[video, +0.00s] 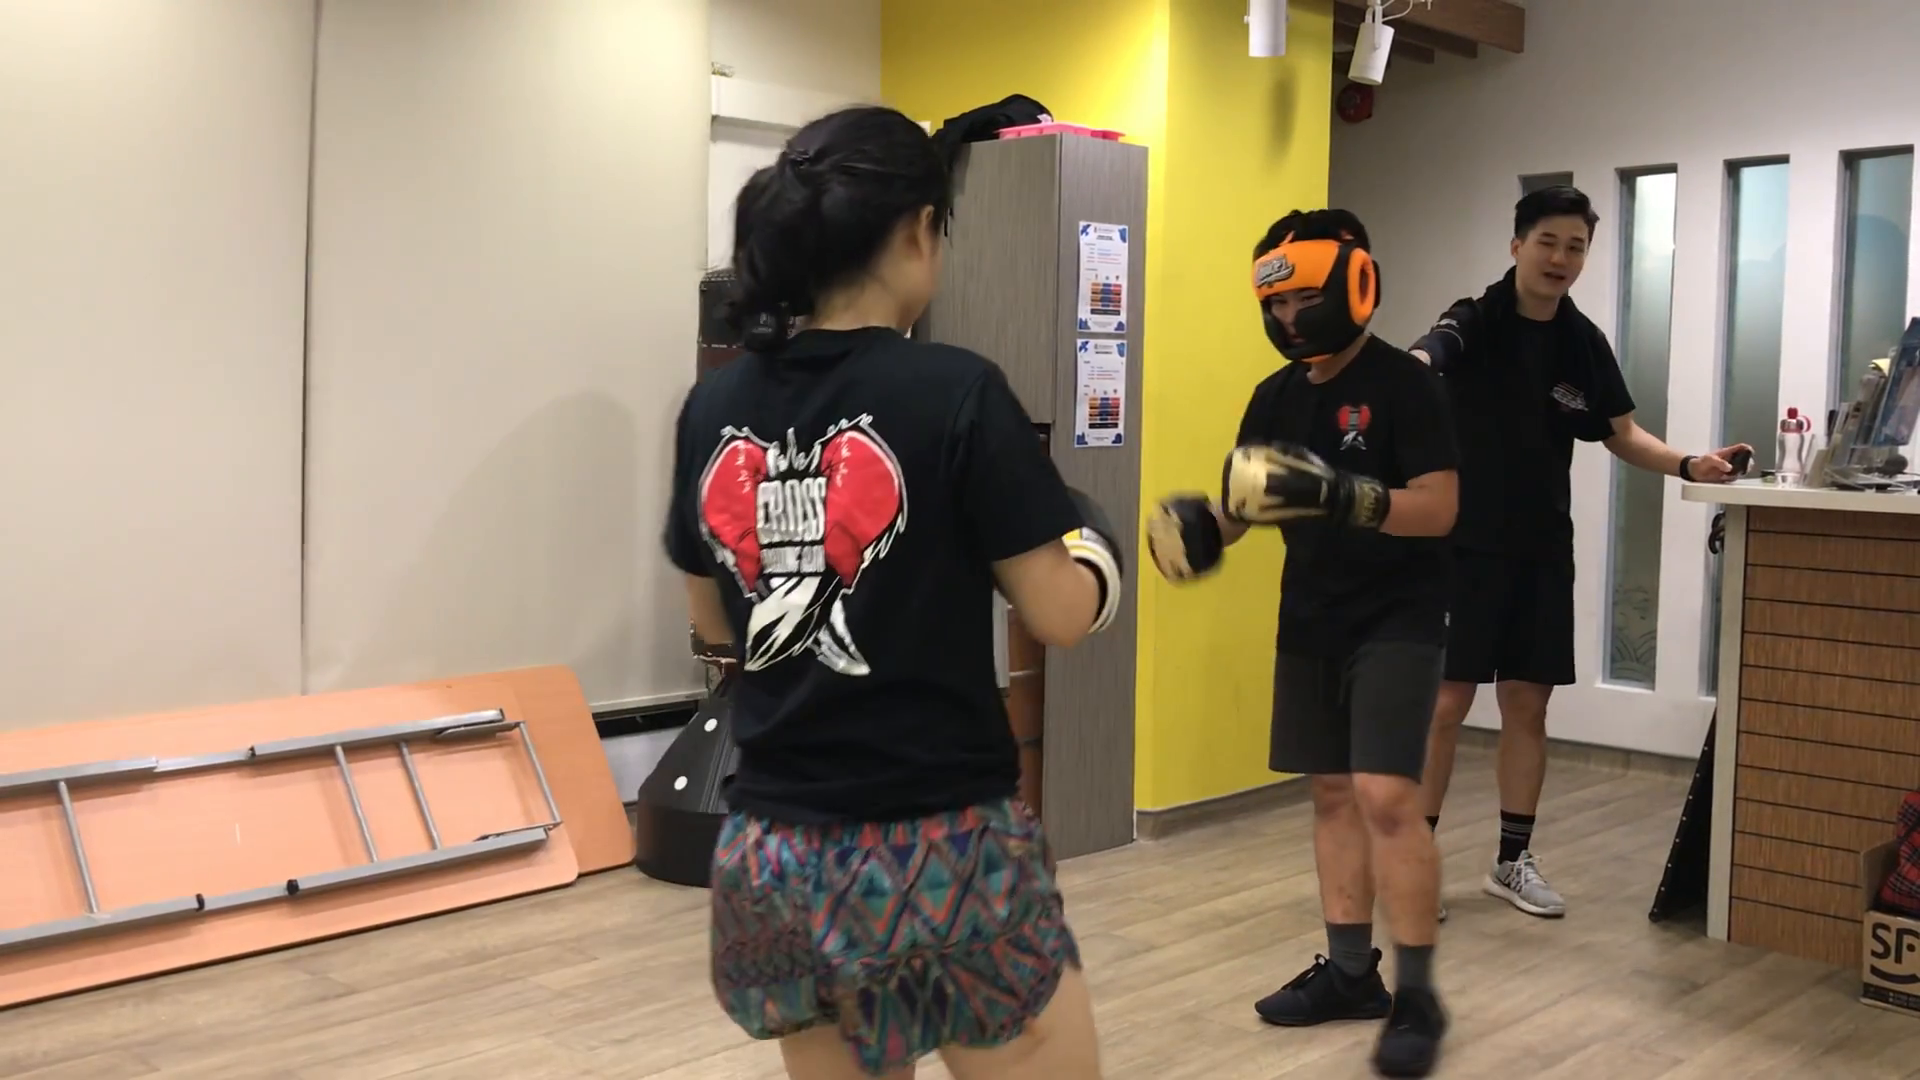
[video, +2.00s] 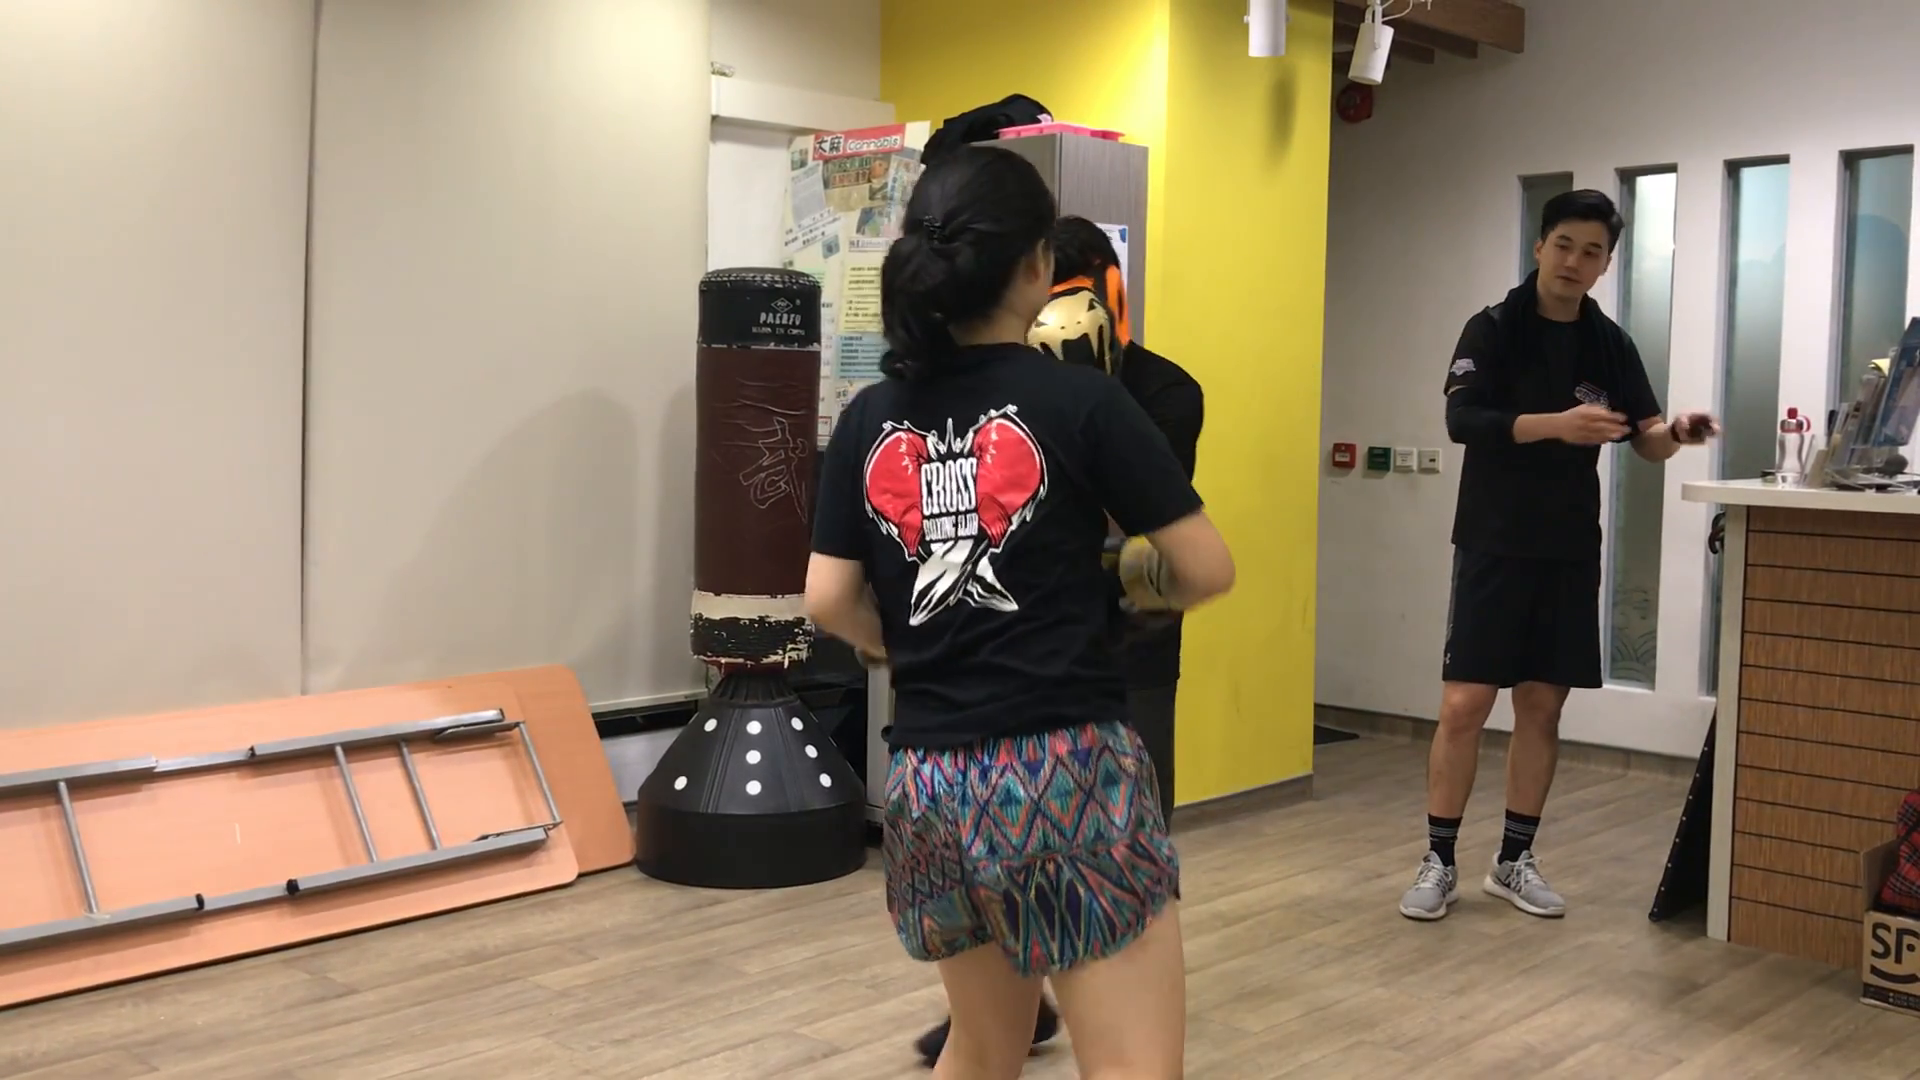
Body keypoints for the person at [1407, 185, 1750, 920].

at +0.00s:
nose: (1560, 257)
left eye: (1575, 247)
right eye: (1548, 242)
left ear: (1586, 259)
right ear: (1517, 245)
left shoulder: (1582, 342)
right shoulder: (1470, 324)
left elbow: (1621, 433)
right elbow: (1407, 385)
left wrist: (1688, 463)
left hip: (1540, 549)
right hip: (1461, 543)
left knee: (1526, 706)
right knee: (1445, 705)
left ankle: (1513, 861)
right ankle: (1411, 852)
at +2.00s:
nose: (1575, 261)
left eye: (1592, 252)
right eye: (1565, 245)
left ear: (1606, 265)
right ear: (1540, 246)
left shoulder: (1611, 344)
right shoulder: (1494, 326)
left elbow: (1647, 444)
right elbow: (1460, 420)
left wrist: (1671, 433)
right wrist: (1557, 426)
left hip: (1568, 550)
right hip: (1491, 543)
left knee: (1540, 704)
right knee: (1465, 704)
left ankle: (1515, 860)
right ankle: (1438, 861)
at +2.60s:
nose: (1556, 252)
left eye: (1571, 240)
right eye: (1543, 238)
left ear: (1592, 252)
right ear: (1521, 246)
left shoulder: (1603, 339)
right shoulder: (1484, 322)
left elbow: (1642, 433)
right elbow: (1462, 356)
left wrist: (1704, 459)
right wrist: (1498, 345)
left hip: (1566, 546)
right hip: (1489, 539)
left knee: (1541, 708)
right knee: (1460, 706)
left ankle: (1514, 861)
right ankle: (1437, 863)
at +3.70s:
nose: (1571, 254)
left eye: (1587, 243)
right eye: (1558, 240)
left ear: (1605, 253)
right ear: (1536, 245)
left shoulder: (1617, 340)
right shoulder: (1502, 325)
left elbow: (1641, 437)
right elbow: (1449, 412)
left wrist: (1684, 457)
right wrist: (1526, 381)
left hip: (1573, 545)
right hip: (1496, 539)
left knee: (1543, 706)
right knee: (1468, 700)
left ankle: (1515, 861)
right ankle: (1435, 861)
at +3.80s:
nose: (1577, 256)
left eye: (1593, 244)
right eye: (1565, 241)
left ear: (1613, 254)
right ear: (1543, 247)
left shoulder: (1626, 343)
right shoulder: (1502, 335)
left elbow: (1646, 439)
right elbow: (1451, 431)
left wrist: (1665, 453)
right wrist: (1505, 457)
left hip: (1577, 548)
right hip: (1499, 542)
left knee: (1545, 705)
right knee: (1468, 699)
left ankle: (1515, 861)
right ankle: (1434, 859)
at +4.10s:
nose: (1571, 259)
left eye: (1588, 248)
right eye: (1560, 245)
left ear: (1612, 258)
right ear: (1544, 251)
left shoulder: (1641, 346)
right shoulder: (1509, 337)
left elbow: (1675, 437)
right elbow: (1466, 424)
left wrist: (1651, 459)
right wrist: (1468, 491)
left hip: (1588, 550)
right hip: (1508, 540)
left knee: (1554, 706)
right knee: (1482, 700)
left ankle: (1519, 857)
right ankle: (1528, 798)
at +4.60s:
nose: (1575, 268)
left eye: (1591, 256)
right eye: (1566, 254)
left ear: (1620, 262)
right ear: (1554, 257)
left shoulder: (1652, 343)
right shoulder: (1532, 339)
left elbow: (1695, 438)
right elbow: (1489, 425)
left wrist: (1640, 468)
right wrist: (1488, 482)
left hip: (1615, 536)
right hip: (1545, 532)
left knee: (1600, 694)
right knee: (1553, 690)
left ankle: (1631, 847)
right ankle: (1577, 841)